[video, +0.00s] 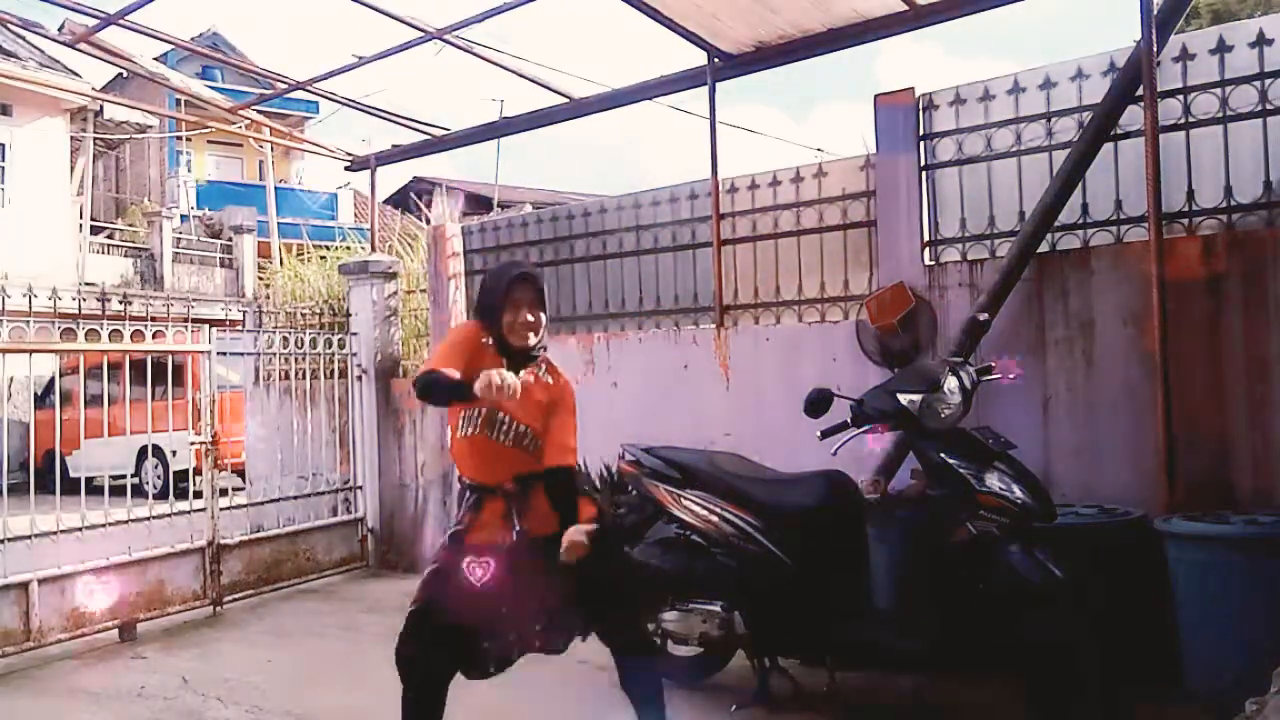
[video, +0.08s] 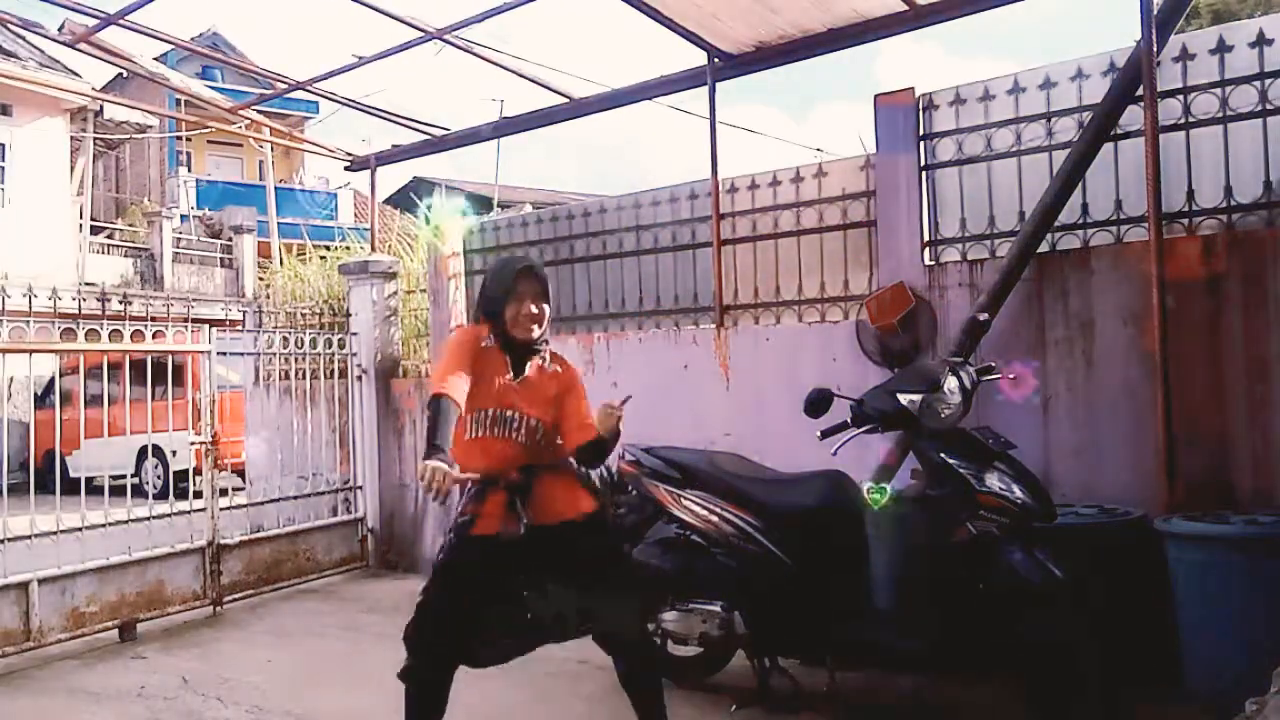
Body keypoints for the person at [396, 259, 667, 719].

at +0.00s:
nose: (528, 316)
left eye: (536, 307)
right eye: (515, 306)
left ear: (545, 315)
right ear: (493, 312)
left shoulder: (554, 385)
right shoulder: (471, 338)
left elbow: (560, 466)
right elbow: (427, 384)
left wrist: (572, 524)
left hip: (548, 516)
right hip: (481, 517)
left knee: (626, 619)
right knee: (420, 647)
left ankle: (652, 716)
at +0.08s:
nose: (532, 310)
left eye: (540, 300)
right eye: (519, 301)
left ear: (548, 308)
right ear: (496, 307)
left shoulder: (562, 373)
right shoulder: (470, 342)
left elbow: (586, 455)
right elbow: (445, 395)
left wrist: (606, 435)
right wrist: (437, 455)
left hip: (568, 519)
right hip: (487, 519)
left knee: (627, 631)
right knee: (428, 639)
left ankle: (654, 714)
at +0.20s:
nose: (546, 279)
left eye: (553, 268)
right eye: (533, 269)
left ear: (563, 275)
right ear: (510, 276)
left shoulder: (581, 335)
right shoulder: (484, 329)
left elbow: (627, 407)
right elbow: (448, 409)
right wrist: (416, 481)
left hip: (570, 489)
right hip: (493, 491)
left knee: (622, 612)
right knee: (444, 624)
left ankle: (658, 714)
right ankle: (418, 717)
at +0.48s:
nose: (570, 291)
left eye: (577, 280)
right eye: (556, 282)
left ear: (589, 287)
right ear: (535, 291)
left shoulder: (612, 353)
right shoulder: (511, 353)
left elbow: (656, 422)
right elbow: (466, 416)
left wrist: (675, 361)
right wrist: (441, 464)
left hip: (597, 513)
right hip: (520, 513)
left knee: (643, 632)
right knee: (465, 634)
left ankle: (657, 717)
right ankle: (425, 719)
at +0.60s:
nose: (574, 267)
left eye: (582, 256)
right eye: (561, 258)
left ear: (594, 264)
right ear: (541, 267)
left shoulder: (622, 319)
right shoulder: (518, 331)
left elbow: (702, 335)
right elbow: (486, 420)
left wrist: (676, 271)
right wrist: (439, 496)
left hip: (599, 497)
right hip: (521, 496)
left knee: (641, 618)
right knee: (464, 617)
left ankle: (659, 715)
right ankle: (416, 716)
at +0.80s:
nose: (563, 297)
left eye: (571, 286)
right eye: (550, 288)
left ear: (584, 292)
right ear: (531, 300)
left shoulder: (614, 337)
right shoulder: (517, 369)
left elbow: (681, 321)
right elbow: (500, 458)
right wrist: (449, 461)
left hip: (595, 513)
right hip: (523, 516)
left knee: (645, 630)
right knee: (459, 631)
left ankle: (656, 716)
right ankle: (426, 716)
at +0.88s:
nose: (551, 277)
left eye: (559, 267)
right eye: (538, 268)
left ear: (571, 275)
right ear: (520, 277)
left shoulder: (603, 325)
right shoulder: (497, 344)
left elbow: (678, 356)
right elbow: (467, 431)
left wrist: (737, 405)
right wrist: (431, 385)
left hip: (588, 496)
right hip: (509, 498)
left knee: (638, 618)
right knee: (454, 616)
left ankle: (659, 716)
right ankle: (419, 718)